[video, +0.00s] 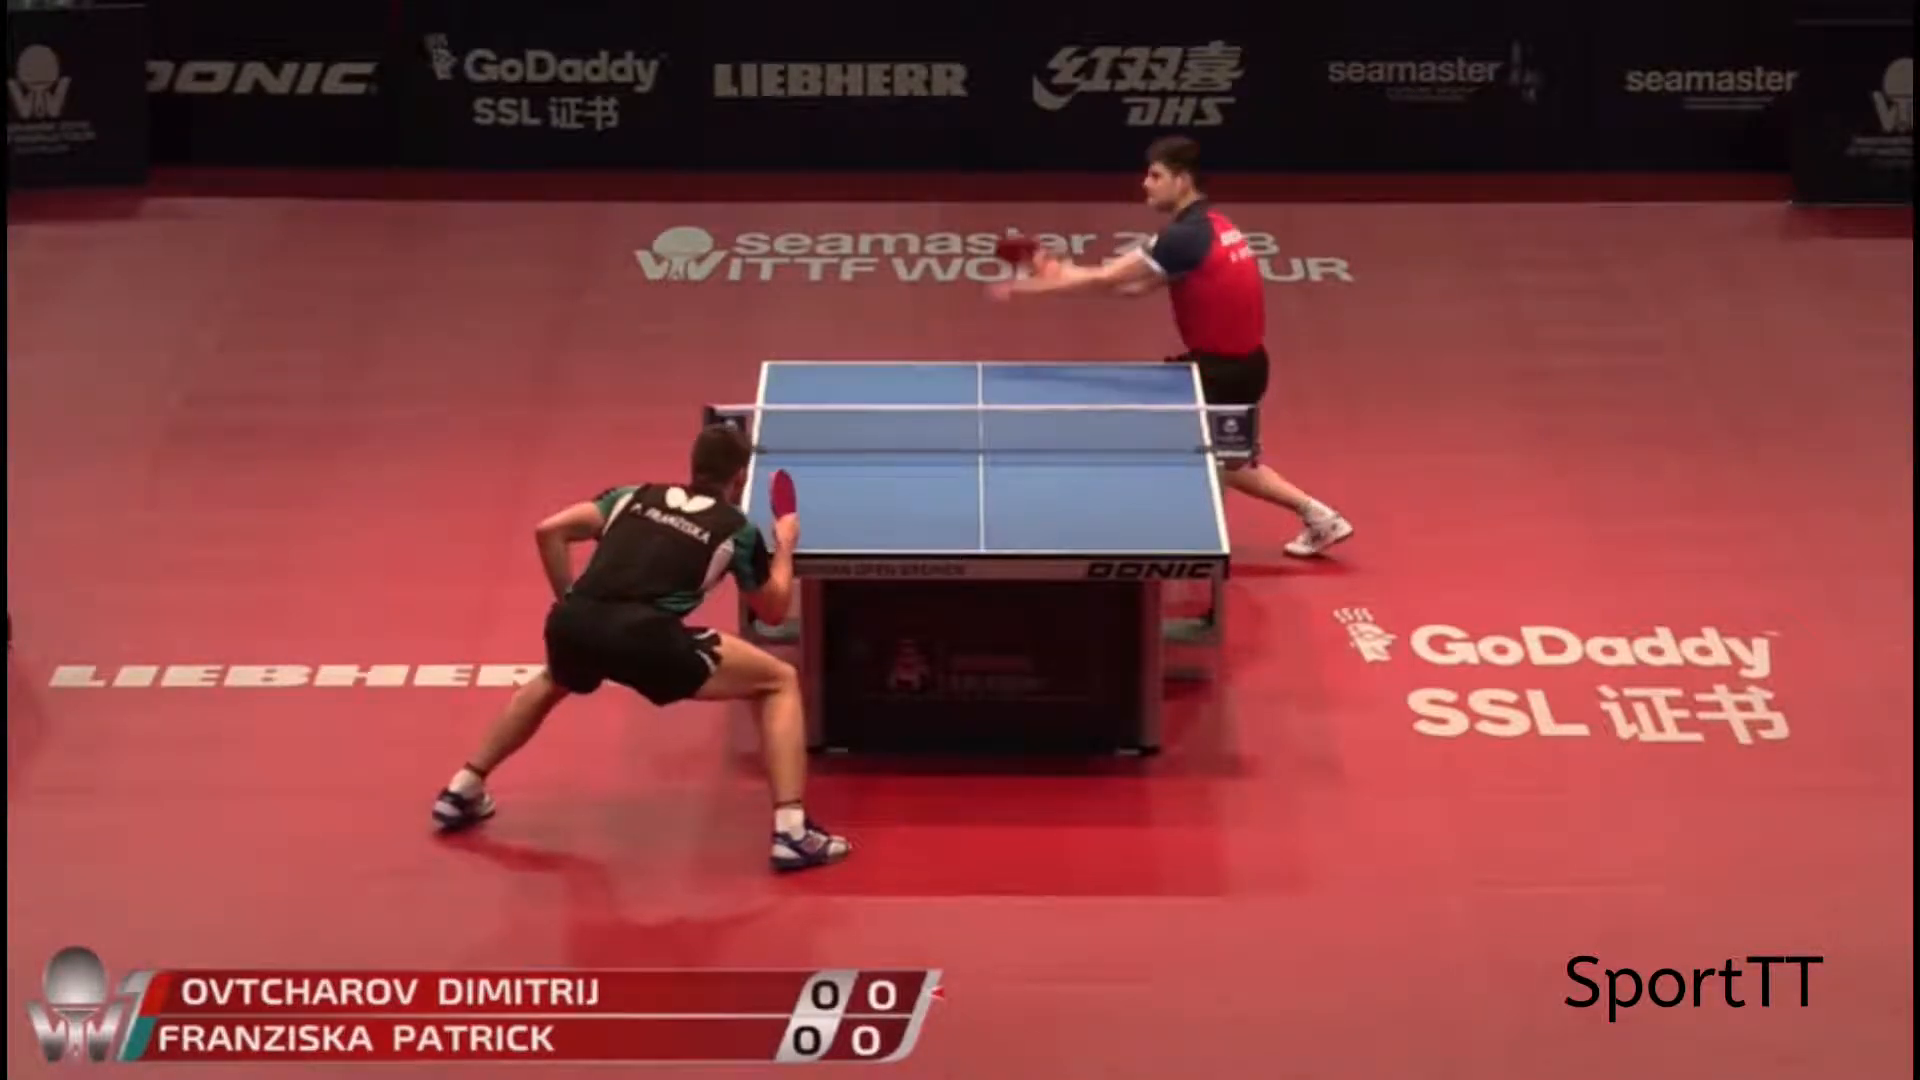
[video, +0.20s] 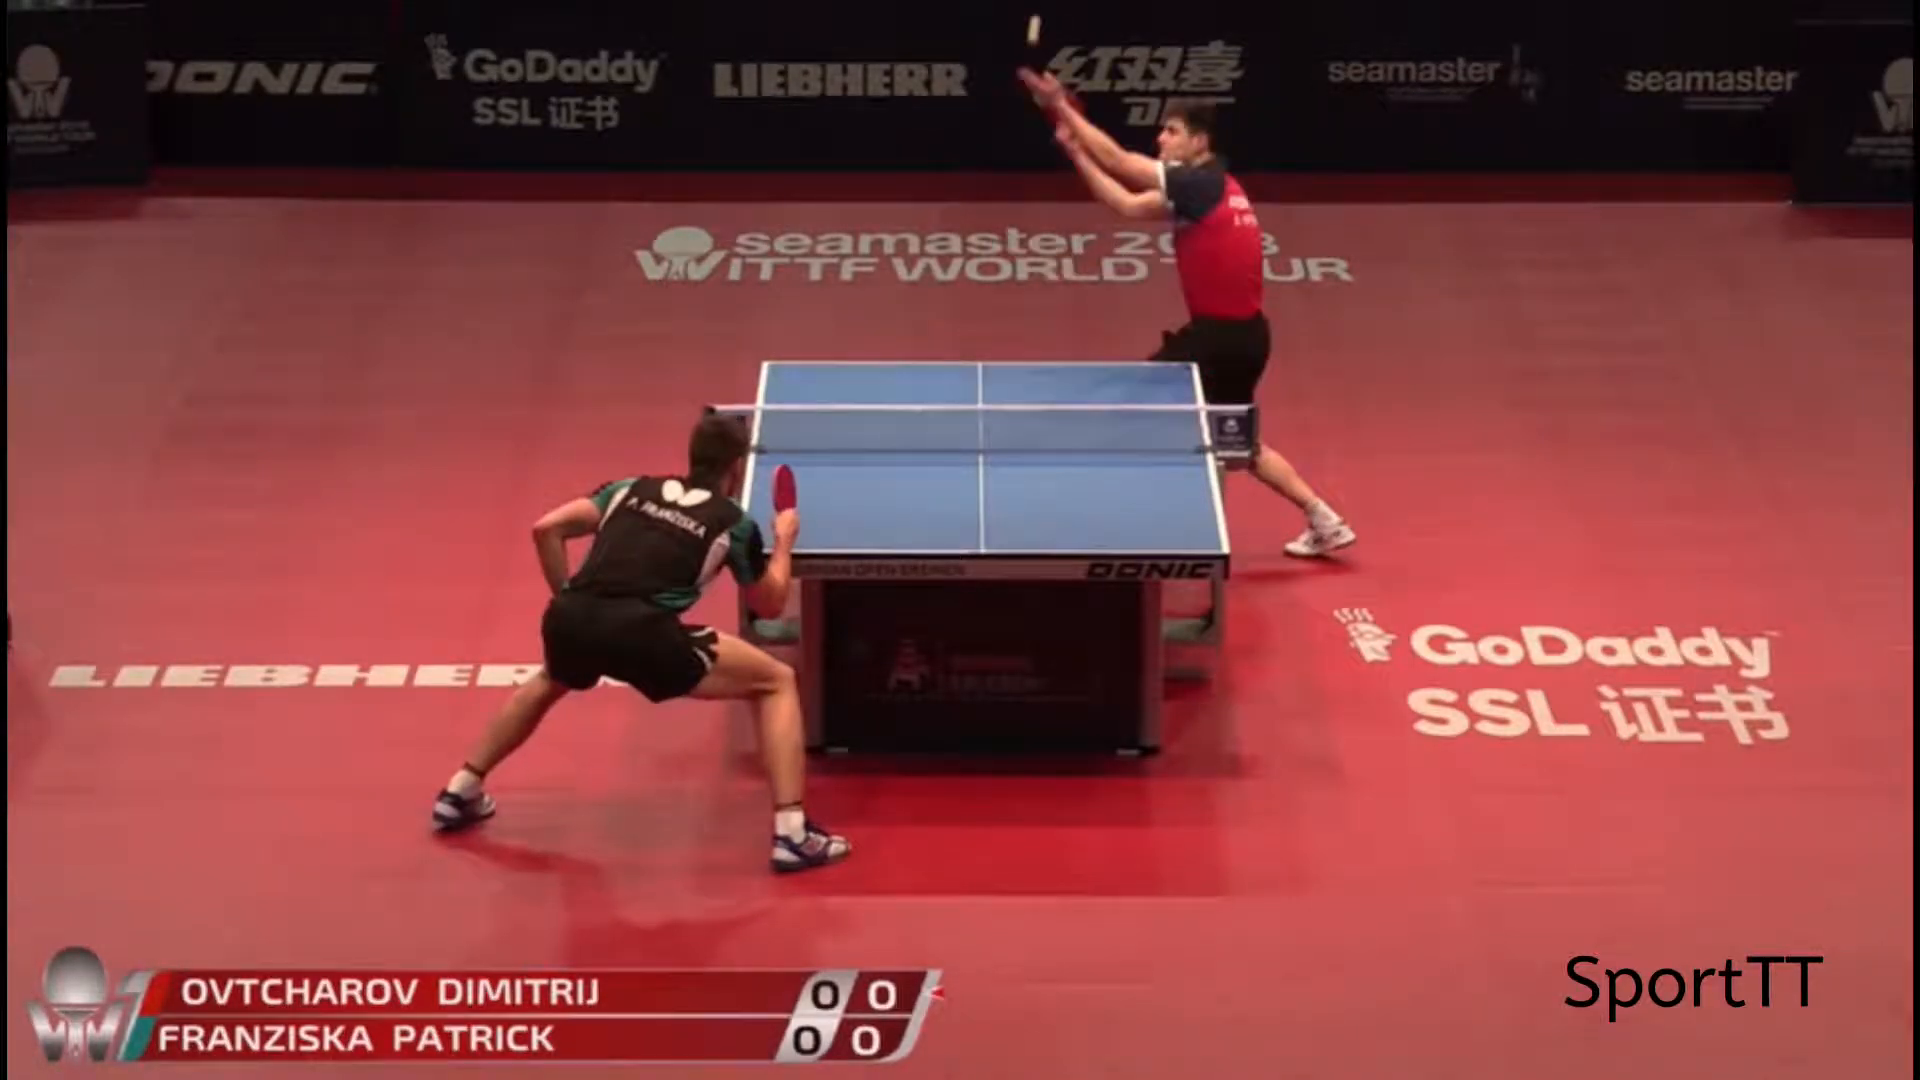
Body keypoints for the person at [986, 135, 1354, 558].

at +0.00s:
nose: (1145, 184)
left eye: (1154, 176)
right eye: (1147, 175)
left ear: (1180, 181)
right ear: (1182, 183)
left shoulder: (1188, 234)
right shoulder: (1210, 223)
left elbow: (1112, 276)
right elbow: (1139, 283)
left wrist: (1053, 278)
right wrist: (1070, 273)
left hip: (1223, 369)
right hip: (1238, 364)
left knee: (1230, 467)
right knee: (1232, 466)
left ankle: (1319, 516)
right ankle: (1318, 517)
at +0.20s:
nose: (1159, 139)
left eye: (1171, 131)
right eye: (1162, 131)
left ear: (1200, 142)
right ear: (1195, 143)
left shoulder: (1202, 183)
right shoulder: (1212, 189)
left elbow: (1121, 162)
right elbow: (1127, 205)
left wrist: (1063, 108)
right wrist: (1074, 151)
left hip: (1217, 337)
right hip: (1241, 336)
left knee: (1130, 410)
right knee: (1242, 445)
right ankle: (1325, 520)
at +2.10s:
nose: (1087, 187)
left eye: (1095, 176)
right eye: (1080, 178)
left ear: (1116, 169)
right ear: (1071, 177)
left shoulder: (1157, 200)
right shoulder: (1071, 216)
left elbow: (1212, 248)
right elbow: (1039, 272)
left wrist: (1160, 274)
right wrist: (1029, 293)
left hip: (1166, 319)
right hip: (1100, 318)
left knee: (1221, 404)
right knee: (1034, 383)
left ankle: (1261, 494)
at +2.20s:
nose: (1096, 232)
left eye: (1104, 223)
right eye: (1088, 225)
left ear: (1119, 211)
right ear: (1076, 218)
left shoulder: (1152, 231)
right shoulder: (1063, 247)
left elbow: (1201, 275)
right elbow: (1012, 313)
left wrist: (1173, 293)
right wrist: (1063, 313)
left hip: (1157, 342)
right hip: (1089, 344)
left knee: (1218, 402)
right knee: (1052, 368)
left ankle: (1266, 493)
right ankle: (1040, 487)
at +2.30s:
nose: (1101, 244)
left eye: (1108, 235)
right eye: (1092, 236)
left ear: (1121, 223)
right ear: (1079, 229)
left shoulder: (1151, 238)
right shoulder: (1064, 253)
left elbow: (1202, 279)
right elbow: (1012, 320)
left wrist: (1182, 296)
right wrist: (1071, 313)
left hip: (1153, 345)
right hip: (1086, 347)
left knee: (1220, 403)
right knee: (1046, 378)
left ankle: (1267, 494)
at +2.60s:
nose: (1112, 202)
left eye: (1120, 192)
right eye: (1103, 193)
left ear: (1137, 189)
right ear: (1092, 194)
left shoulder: (1164, 222)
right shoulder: (1077, 225)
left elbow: (1198, 268)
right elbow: (1024, 277)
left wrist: (1194, 286)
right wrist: (1040, 283)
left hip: (1144, 321)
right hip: (1084, 324)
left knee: (1222, 391)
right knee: (1047, 386)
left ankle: (1256, 478)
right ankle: (1041, 488)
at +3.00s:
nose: (1097, 181)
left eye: (1105, 171)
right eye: (1089, 172)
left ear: (1123, 167)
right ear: (1079, 173)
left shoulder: (1159, 204)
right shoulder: (1068, 210)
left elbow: (1205, 250)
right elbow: (1016, 261)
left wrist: (1185, 264)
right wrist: (1033, 267)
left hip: (1146, 315)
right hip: (1081, 314)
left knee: (1202, 393)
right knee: (1020, 382)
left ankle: (1273, 475)